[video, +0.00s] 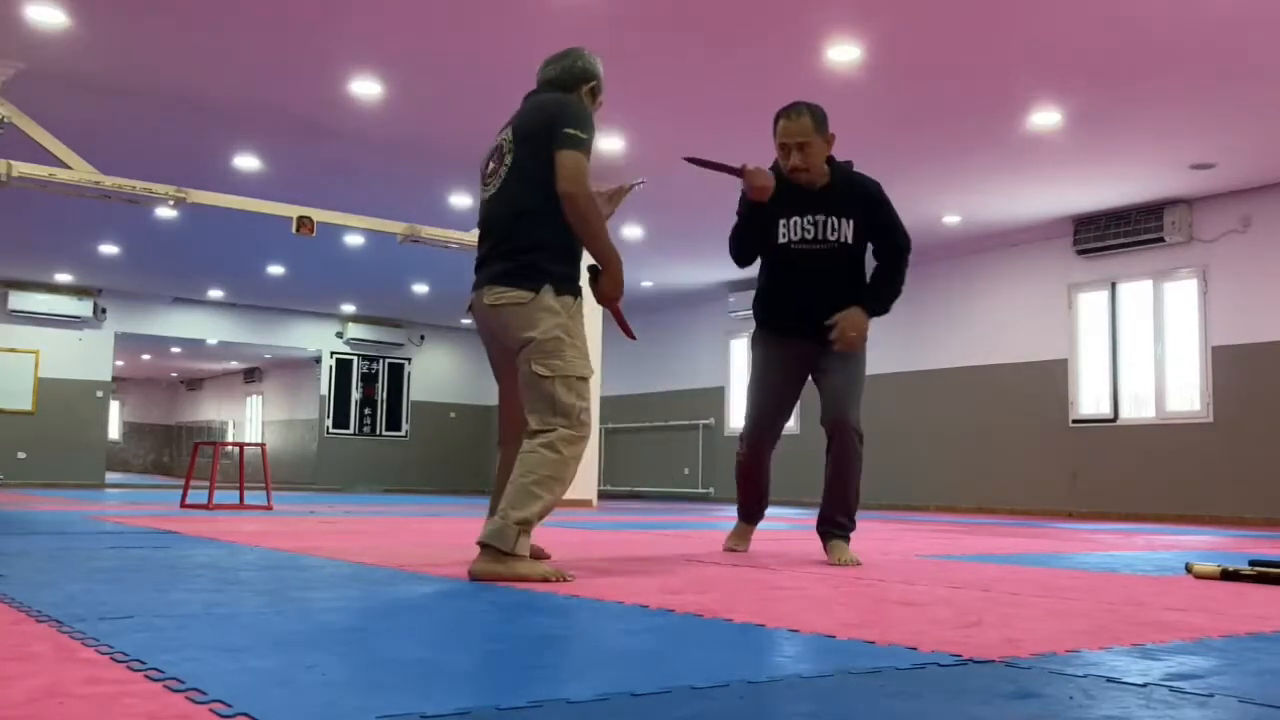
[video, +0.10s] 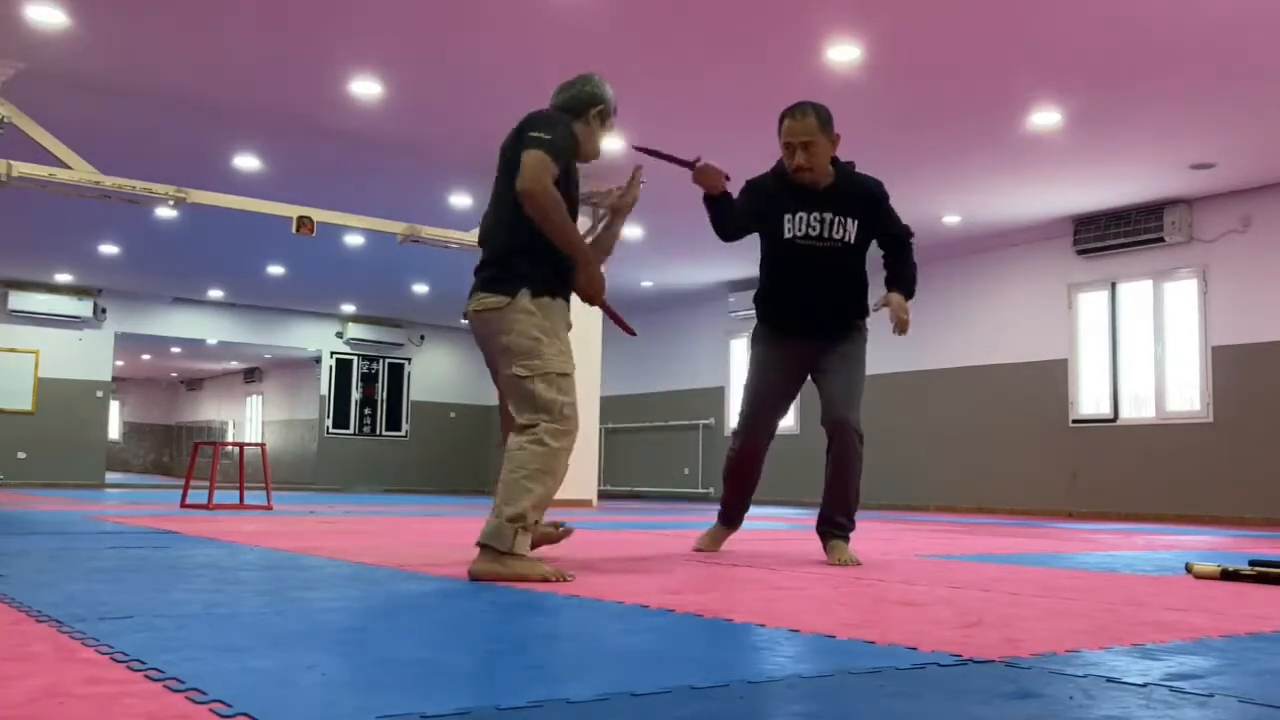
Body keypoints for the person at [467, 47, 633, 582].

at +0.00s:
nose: (598, 109)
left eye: (599, 101)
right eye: (598, 99)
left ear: (545, 84)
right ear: (588, 90)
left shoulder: (514, 128)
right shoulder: (569, 111)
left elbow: (528, 217)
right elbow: (573, 191)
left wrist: (588, 213)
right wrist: (611, 264)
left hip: (494, 296)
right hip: (537, 295)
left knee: (519, 428)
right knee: (565, 425)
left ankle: (507, 543)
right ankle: (503, 549)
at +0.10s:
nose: (603, 142)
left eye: (606, 132)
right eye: (605, 128)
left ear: (575, 113)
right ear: (592, 115)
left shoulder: (555, 169)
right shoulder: (549, 125)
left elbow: (584, 263)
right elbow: (532, 187)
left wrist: (617, 216)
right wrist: (583, 260)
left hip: (515, 303)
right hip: (520, 302)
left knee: (529, 422)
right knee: (552, 422)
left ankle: (522, 526)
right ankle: (501, 550)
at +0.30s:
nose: (631, 184)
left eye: (635, 176)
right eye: (630, 170)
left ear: (606, 163)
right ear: (607, 156)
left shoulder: (593, 230)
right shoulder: (541, 163)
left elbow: (641, 283)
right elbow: (476, 196)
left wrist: (695, 228)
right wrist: (524, 246)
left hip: (534, 328)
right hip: (490, 310)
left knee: (571, 424)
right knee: (518, 407)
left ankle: (532, 537)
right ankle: (459, 543)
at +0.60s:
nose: (629, 186)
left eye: (633, 178)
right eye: (628, 173)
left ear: (605, 167)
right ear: (604, 159)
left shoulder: (591, 234)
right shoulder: (535, 172)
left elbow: (643, 293)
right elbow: (460, 197)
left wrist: (693, 253)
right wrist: (497, 252)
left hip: (527, 337)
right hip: (484, 320)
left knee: (572, 429)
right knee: (503, 419)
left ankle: (527, 536)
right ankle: (448, 544)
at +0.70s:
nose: (627, 189)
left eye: (632, 181)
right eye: (628, 176)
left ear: (607, 167)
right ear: (607, 162)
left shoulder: (586, 234)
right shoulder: (544, 174)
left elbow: (613, 304)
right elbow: (475, 193)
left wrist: (672, 276)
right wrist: (516, 250)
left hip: (529, 337)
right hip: (491, 322)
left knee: (571, 425)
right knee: (507, 422)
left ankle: (529, 533)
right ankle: (450, 544)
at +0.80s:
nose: (623, 184)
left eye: (627, 175)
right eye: (623, 171)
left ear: (588, 156)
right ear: (605, 159)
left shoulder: (557, 188)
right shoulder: (575, 178)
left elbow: (528, 276)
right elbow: (553, 227)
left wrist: (580, 305)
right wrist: (606, 278)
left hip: (528, 329)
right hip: (510, 322)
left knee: (567, 427)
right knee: (507, 428)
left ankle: (530, 535)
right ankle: (453, 541)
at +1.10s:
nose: (626, 143)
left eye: (625, 136)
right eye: (626, 136)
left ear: (575, 129)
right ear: (617, 135)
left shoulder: (549, 171)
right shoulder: (607, 165)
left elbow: (559, 265)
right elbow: (643, 248)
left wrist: (622, 258)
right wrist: (681, 298)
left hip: (517, 316)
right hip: (557, 318)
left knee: (550, 427)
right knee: (587, 429)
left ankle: (527, 534)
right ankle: (569, 546)